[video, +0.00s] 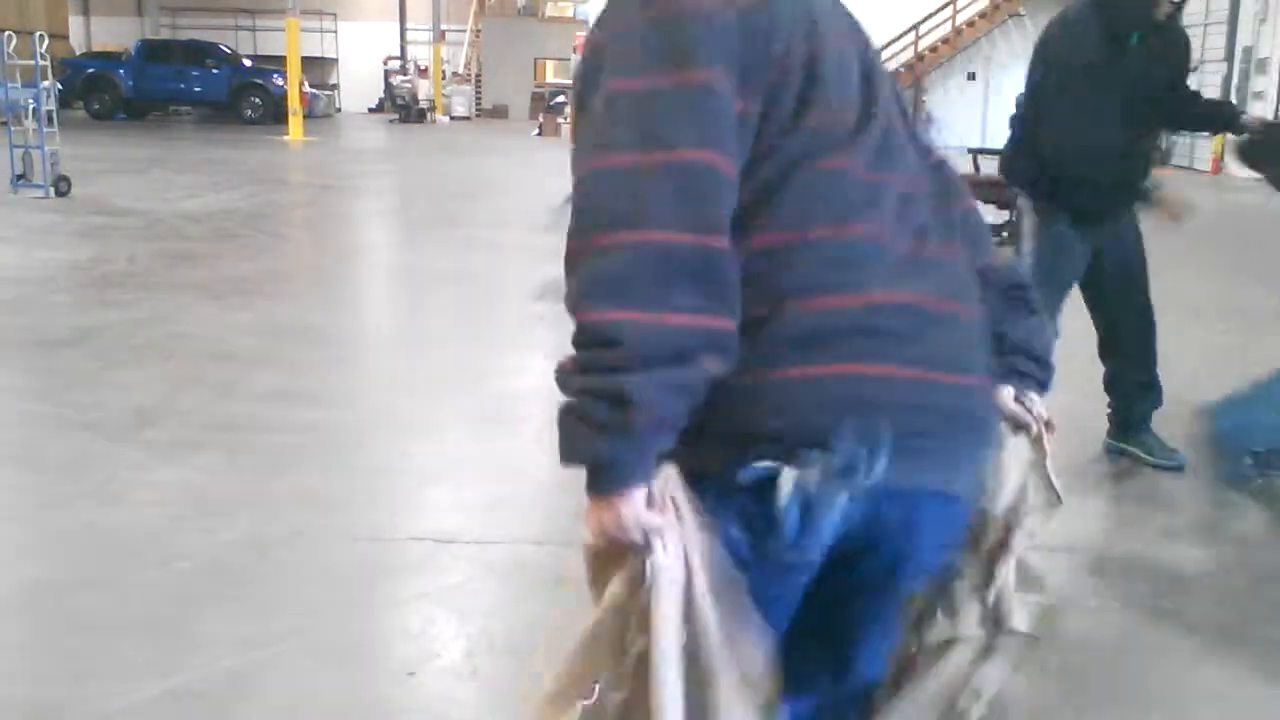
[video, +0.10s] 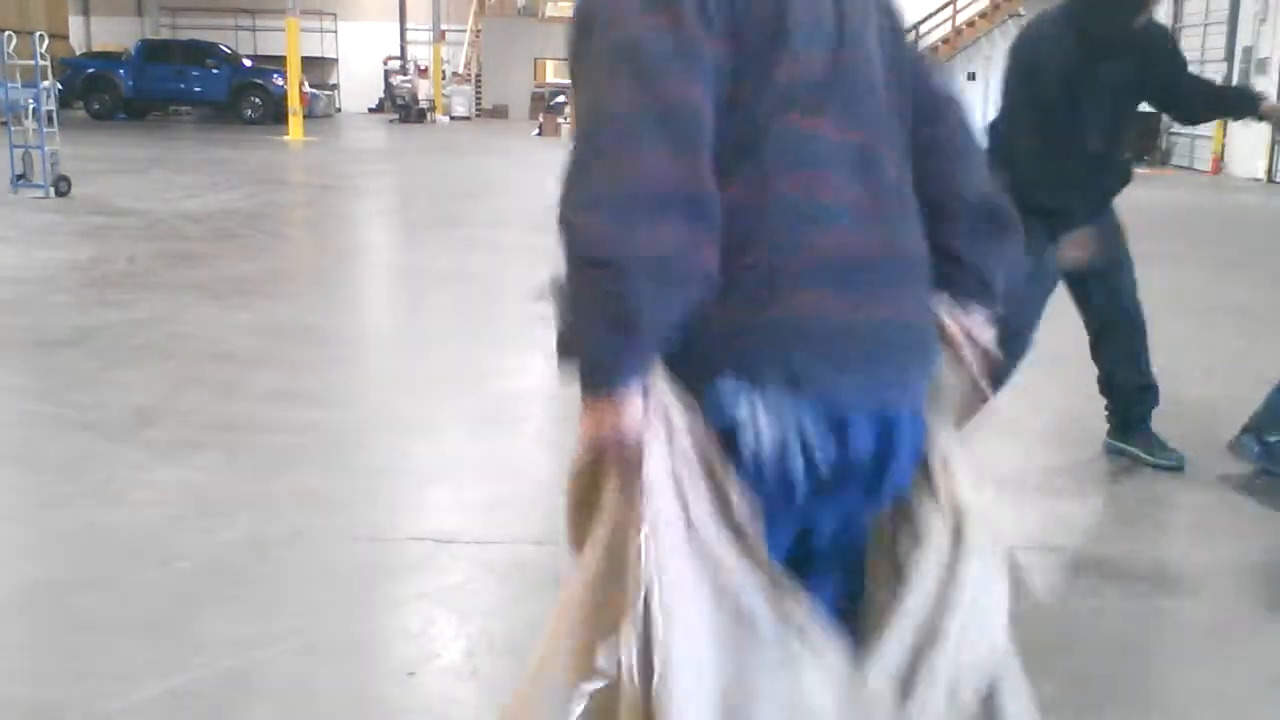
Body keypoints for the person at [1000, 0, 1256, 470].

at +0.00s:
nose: (1170, 8)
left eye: (1174, 6)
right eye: (1166, 4)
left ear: (1171, 7)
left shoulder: (1167, 40)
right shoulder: (1076, 30)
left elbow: (1165, 105)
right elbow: (1068, 134)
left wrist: (1234, 119)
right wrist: (1142, 188)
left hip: (1113, 201)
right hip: (1055, 202)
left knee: (1130, 322)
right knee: (1032, 323)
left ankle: (1129, 426)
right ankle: (1002, 431)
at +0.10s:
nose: (1145, 14)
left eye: (1147, 10)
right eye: (1139, 9)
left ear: (1144, 9)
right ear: (1112, 4)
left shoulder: (1147, 40)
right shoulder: (1046, 37)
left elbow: (1181, 96)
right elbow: (1024, 139)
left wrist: (1256, 104)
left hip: (1091, 202)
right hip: (1029, 206)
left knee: (1118, 318)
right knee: (1007, 330)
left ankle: (1129, 425)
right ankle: (935, 426)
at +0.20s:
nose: (1104, 21)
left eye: (1108, 16)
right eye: (1099, 15)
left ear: (1107, 12)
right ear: (1075, 9)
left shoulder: (1110, 42)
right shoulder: (1009, 45)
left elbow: (1176, 88)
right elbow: (979, 132)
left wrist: (1256, 96)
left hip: (1066, 218)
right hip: (1008, 223)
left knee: (1102, 323)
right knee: (989, 346)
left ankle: (1126, 426)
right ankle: (930, 437)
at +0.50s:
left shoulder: (1044, 17)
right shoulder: (949, 15)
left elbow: (1109, 60)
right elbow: (914, 96)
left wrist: (1198, 72)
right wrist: (925, 179)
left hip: (1019, 195)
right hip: (960, 201)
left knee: (1066, 304)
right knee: (964, 327)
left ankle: (1073, 415)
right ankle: (923, 429)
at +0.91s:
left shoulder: (1020, 11)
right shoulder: (920, 9)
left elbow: (1091, 37)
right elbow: (879, 70)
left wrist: (1184, 46)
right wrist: (878, 156)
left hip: (980, 176)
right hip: (920, 176)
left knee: (996, 304)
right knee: (916, 312)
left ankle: (992, 422)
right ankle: (907, 428)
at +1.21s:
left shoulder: (1027, 9)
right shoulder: (925, 9)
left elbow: (1075, 55)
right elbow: (879, 67)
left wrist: (1143, 51)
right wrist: (861, 155)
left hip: (988, 179)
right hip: (929, 176)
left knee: (974, 310)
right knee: (922, 310)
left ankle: (952, 422)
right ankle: (909, 427)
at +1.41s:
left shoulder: (1047, 14)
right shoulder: (949, 8)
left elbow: (1039, 84)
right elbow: (902, 71)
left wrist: (1075, 98)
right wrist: (909, 162)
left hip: (1011, 187)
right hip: (952, 185)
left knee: (1017, 312)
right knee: (935, 315)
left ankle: (997, 425)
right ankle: (908, 428)